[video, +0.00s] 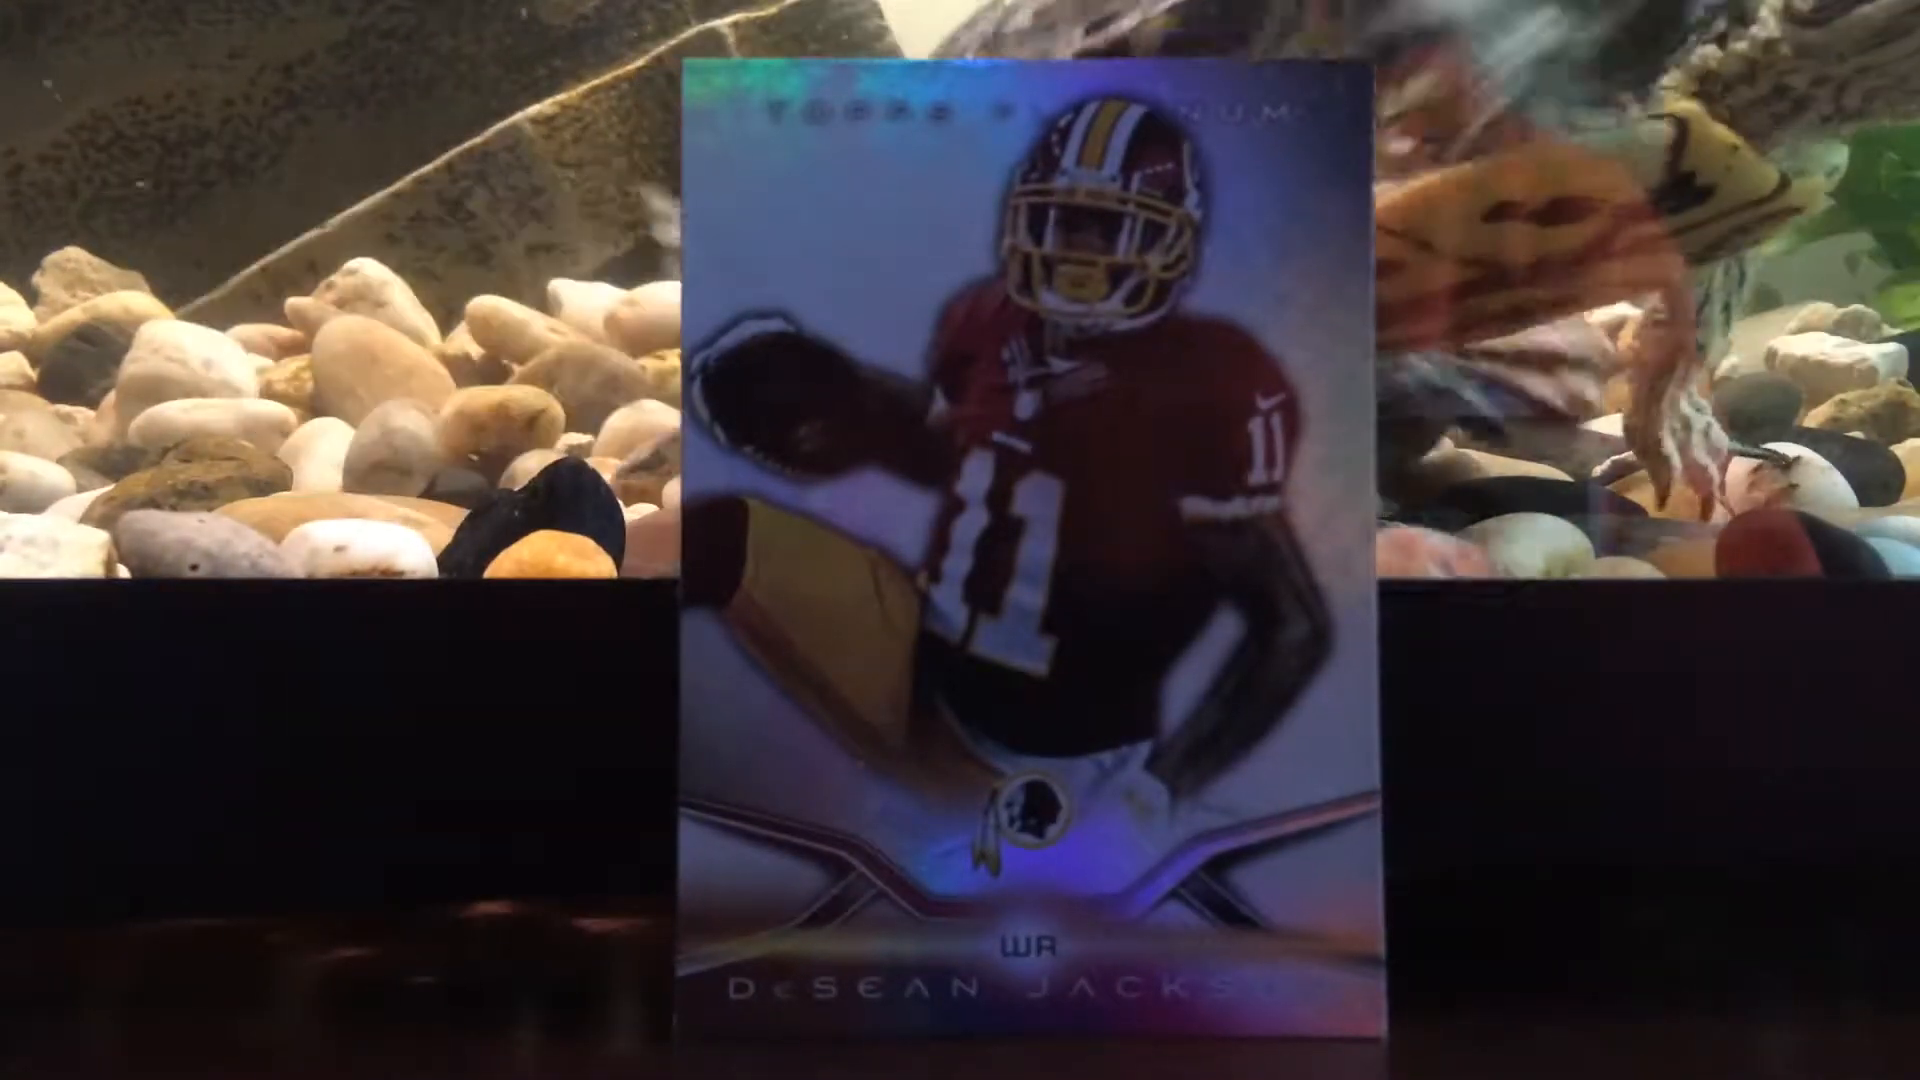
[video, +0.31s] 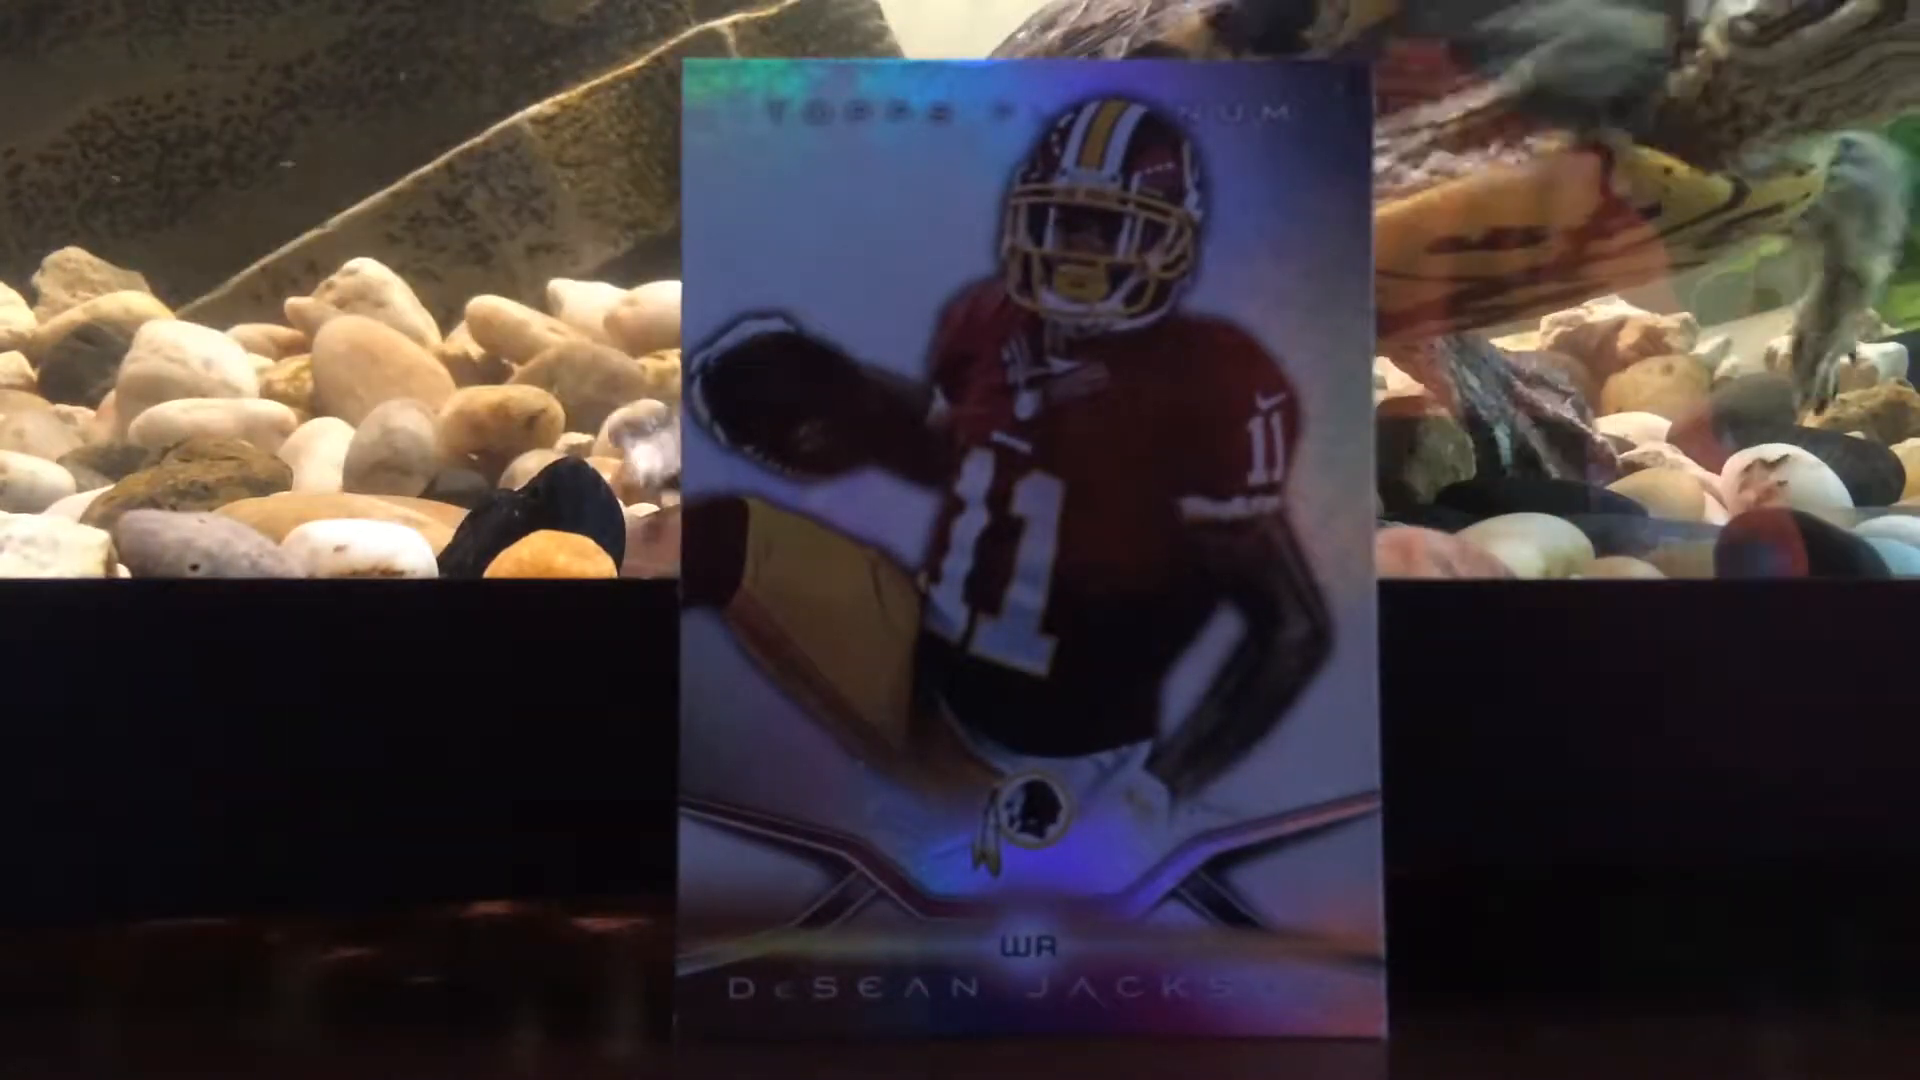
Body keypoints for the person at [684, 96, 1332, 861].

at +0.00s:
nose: (1078, 259)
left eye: (1112, 232)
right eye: (1059, 224)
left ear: (1174, 246)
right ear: (1020, 226)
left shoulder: (1217, 386)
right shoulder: (980, 325)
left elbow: (1295, 629)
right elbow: (957, 458)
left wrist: (1157, 793)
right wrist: (852, 412)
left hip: (1076, 751)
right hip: (929, 678)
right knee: (716, 537)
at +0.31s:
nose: (1079, 255)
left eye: (1114, 230)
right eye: (1060, 222)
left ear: (1176, 246)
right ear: (1021, 225)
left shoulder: (1216, 385)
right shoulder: (979, 325)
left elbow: (1294, 629)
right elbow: (956, 458)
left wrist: (1155, 791)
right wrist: (857, 414)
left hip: (1077, 750)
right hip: (929, 675)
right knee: (713, 535)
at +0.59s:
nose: (1080, 254)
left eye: (1114, 230)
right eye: (1060, 222)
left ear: (1176, 246)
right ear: (1021, 225)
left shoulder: (1217, 385)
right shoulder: (979, 325)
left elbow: (1294, 629)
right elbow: (957, 459)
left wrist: (1154, 792)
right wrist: (857, 414)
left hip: (1079, 753)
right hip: (929, 682)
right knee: (713, 537)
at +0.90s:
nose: (1081, 251)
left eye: (1115, 228)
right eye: (1061, 220)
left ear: (1176, 244)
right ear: (1021, 223)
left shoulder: (1215, 386)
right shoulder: (980, 324)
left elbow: (1295, 630)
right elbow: (958, 458)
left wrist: (1154, 793)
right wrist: (856, 414)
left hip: (1081, 754)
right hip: (931, 679)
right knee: (713, 535)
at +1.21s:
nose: (1079, 251)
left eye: (1114, 228)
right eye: (1061, 220)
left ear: (1176, 244)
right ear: (1021, 223)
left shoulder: (1215, 386)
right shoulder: (980, 325)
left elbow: (1295, 631)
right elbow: (959, 460)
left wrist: (1154, 793)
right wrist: (856, 416)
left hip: (1077, 758)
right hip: (928, 680)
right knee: (711, 535)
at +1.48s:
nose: (1079, 253)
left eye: (1113, 229)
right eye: (1060, 221)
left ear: (1175, 244)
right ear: (1021, 225)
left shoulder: (1214, 384)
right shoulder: (980, 325)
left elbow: (1294, 629)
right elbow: (954, 457)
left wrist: (1155, 793)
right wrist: (851, 410)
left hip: (1077, 758)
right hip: (926, 681)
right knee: (714, 536)